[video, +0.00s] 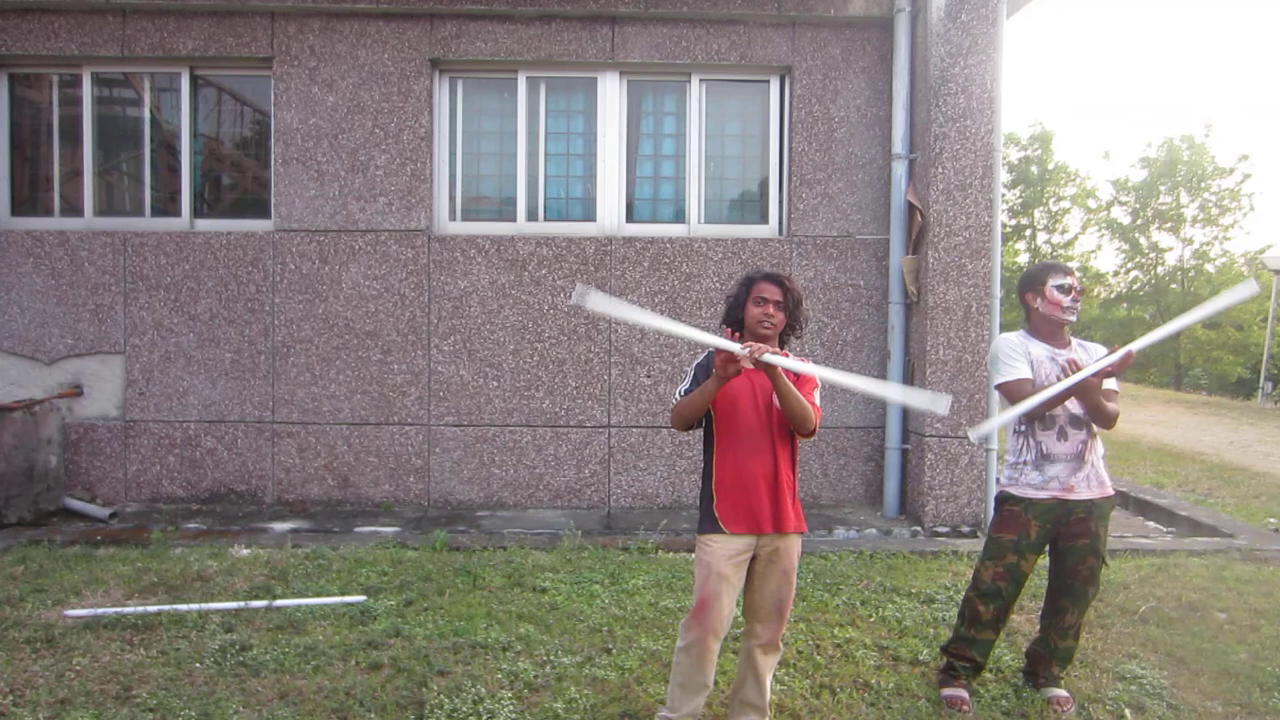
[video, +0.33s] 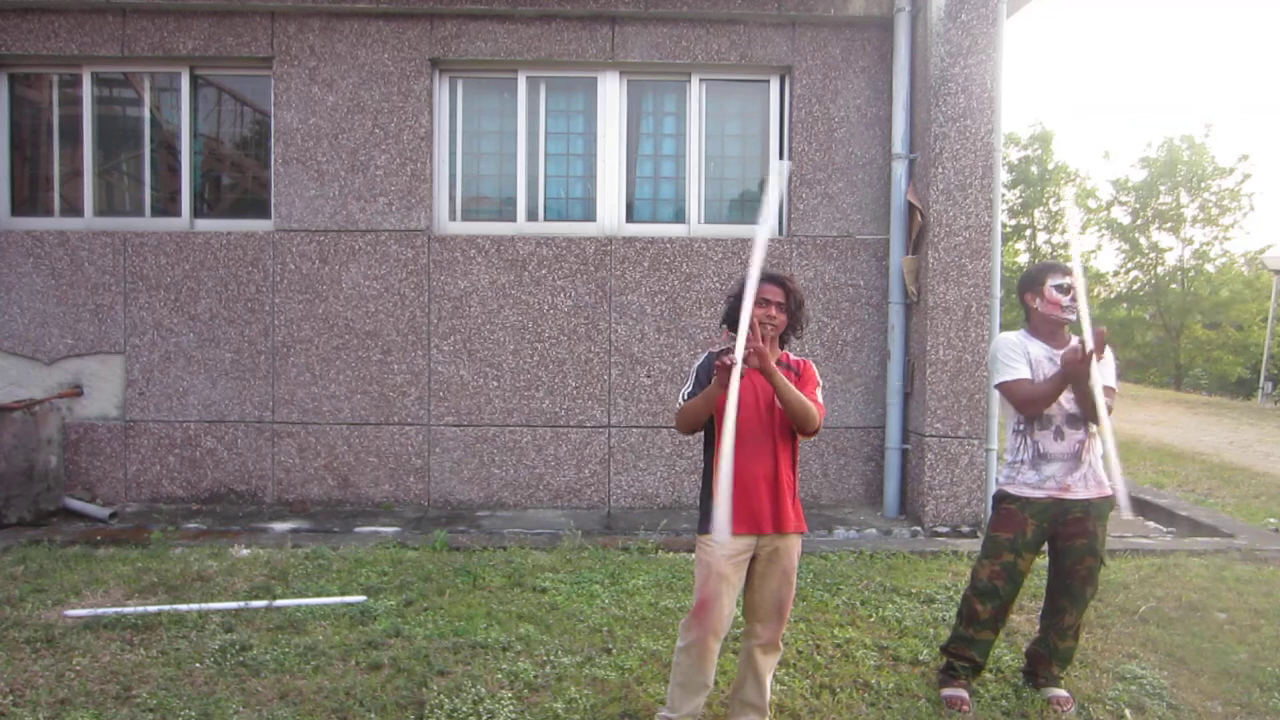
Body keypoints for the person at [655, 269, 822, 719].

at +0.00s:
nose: (769, 312)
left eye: (778, 306)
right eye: (760, 302)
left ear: (787, 318)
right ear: (739, 309)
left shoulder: (799, 369)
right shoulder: (715, 361)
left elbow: (807, 426)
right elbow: (681, 419)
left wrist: (775, 372)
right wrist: (719, 377)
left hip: (782, 519)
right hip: (724, 518)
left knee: (767, 635)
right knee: (707, 624)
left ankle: (750, 714)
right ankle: (678, 714)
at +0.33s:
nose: (768, 313)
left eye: (777, 306)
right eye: (759, 303)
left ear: (789, 319)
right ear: (740, 309)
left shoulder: (800, 368)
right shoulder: (716, 363)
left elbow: (810, 424)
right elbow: (685, 423)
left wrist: (770, 368)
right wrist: (722, 383)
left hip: (782, 519)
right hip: (724, 519)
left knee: (767, 635)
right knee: (706, 625)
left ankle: (750, 714)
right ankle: (678, 713)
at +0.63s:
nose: (775, 317)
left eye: (784, 311)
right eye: (766, 306)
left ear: (792, 322)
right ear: (746, 311)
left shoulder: (802, 370)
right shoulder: (717, 365)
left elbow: (806, 439)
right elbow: (692, 428)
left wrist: (763, 405)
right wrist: (720, 391)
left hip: (782, 519)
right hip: (725, 518)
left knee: (767, 634)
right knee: (708, 622)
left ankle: (750, 714)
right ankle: (678, 714)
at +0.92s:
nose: (786, 320)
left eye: (794, 314)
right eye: (778, 308)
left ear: (798, 323)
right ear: (751, 309)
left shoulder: (803, 371)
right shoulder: (717, 364)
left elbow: (803, 441)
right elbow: (695, 431)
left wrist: (763, 414)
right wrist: (719, 393)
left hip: (780, 518)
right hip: (723, 516)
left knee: (767, 635)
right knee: (709, 620)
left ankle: (750, 714)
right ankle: (678, 714)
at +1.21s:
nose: (789, 323)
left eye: (797, 317)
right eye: (781, 312)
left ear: (800, 325)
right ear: (753, 311)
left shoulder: (802, 371)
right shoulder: (718, 362)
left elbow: (797, 436)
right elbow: (695, 431)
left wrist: (763, 402)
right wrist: (720, 398)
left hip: (782, 519)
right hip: (725, 518)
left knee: (767, 634)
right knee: (707, 622)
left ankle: (749, 714)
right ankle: (678, 714)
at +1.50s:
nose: (791, 327)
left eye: (799, 321)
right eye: (783, 315)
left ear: (802, 327)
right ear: (756, 312)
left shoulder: (802, 372)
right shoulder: (718, 362)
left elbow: (803, 432)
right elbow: (689, 429)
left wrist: (771, 385)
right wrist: (722, 390)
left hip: (782, 520)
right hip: (725, 518)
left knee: (767, 635)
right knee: (707, 622)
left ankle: (749, 714)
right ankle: (678, 714)